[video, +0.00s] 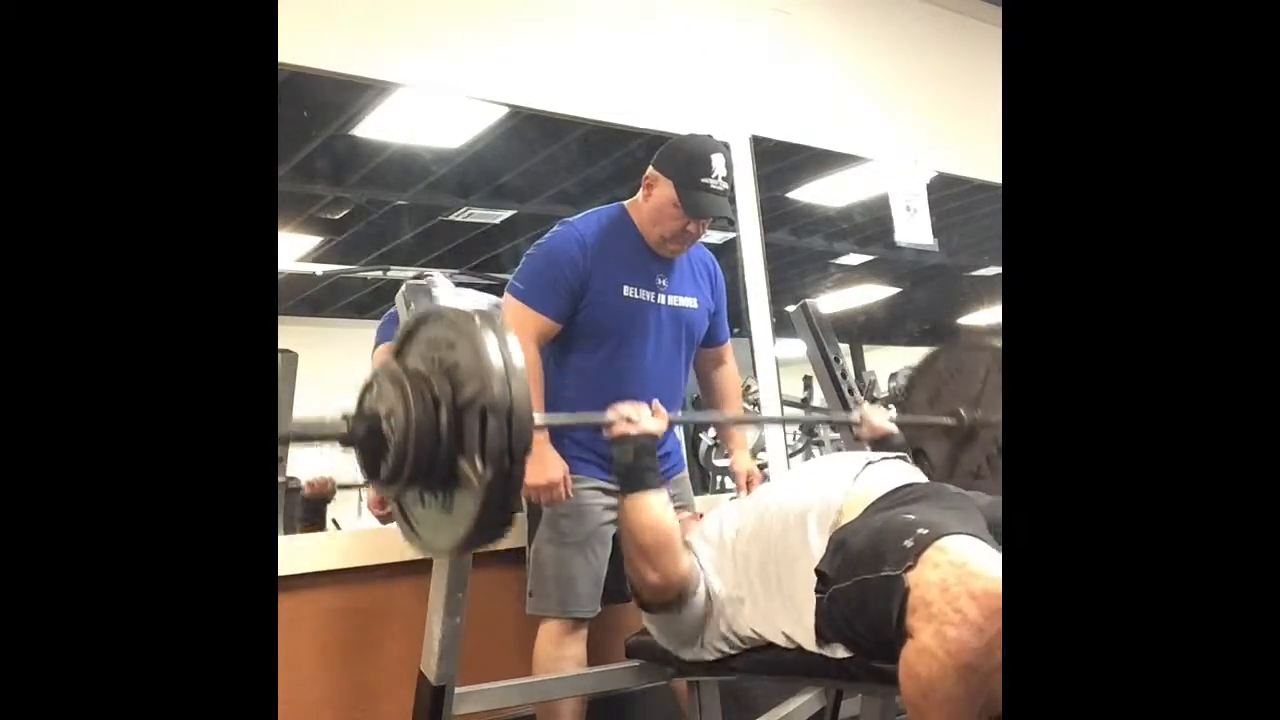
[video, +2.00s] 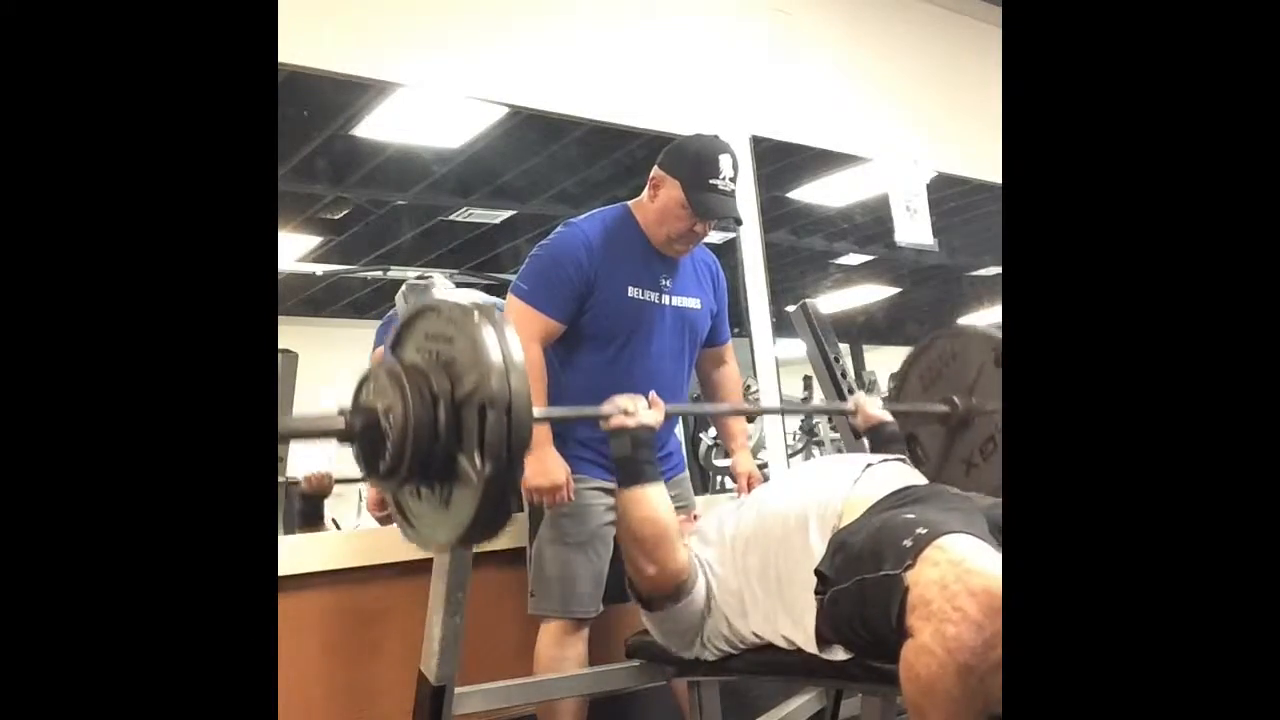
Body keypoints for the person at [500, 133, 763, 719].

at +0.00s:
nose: (699, 227)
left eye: (708, 218)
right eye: (689, 211)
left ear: (717, 214)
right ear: (650, 186)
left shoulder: (704, 269)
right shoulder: (575, 246)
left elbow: (718, 364)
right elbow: (516, 340)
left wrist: (739, 449)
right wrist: (535, 444)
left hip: (661, 473)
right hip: (579, 469)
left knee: (634, 614)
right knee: (568, 620)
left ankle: (616, 715)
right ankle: (563, 718)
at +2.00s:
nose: (704, 229)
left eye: (713, 219)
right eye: (696, 212)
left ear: (722, 214)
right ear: (657, 186)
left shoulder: (706, 270)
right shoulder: (579, 247)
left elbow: (719, 364)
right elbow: (520, 340)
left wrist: (739, 449)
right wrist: (538, 446)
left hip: (661, 470)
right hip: (579, 467)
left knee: (652, 611)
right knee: (570, 619)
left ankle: (638, 713)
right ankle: (565, 716)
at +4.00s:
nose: (703, 228)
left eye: (712, 218)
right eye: (694, 212)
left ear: (722, 214)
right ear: (655, 185)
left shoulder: (706, 270)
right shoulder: (578, 247)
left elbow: (719, 364)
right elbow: (521, 341)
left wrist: (740, 450)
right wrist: (537, 448)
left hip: (662, 470)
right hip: (579, 468)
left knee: (657, 612)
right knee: (569, 622)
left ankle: (645, 714)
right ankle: (563, 717)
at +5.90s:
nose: (707, 232)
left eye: (716, 222)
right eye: (699, 216)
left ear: (724, 218)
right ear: (660, 189)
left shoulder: (708, 271)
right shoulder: (581, 249)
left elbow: (721, 367)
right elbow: (524, 345)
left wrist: (743, 451)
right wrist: (548, 454)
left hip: (659, 467)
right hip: (579, 468)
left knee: (663, 616)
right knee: (569, 619)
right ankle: (564, 716)